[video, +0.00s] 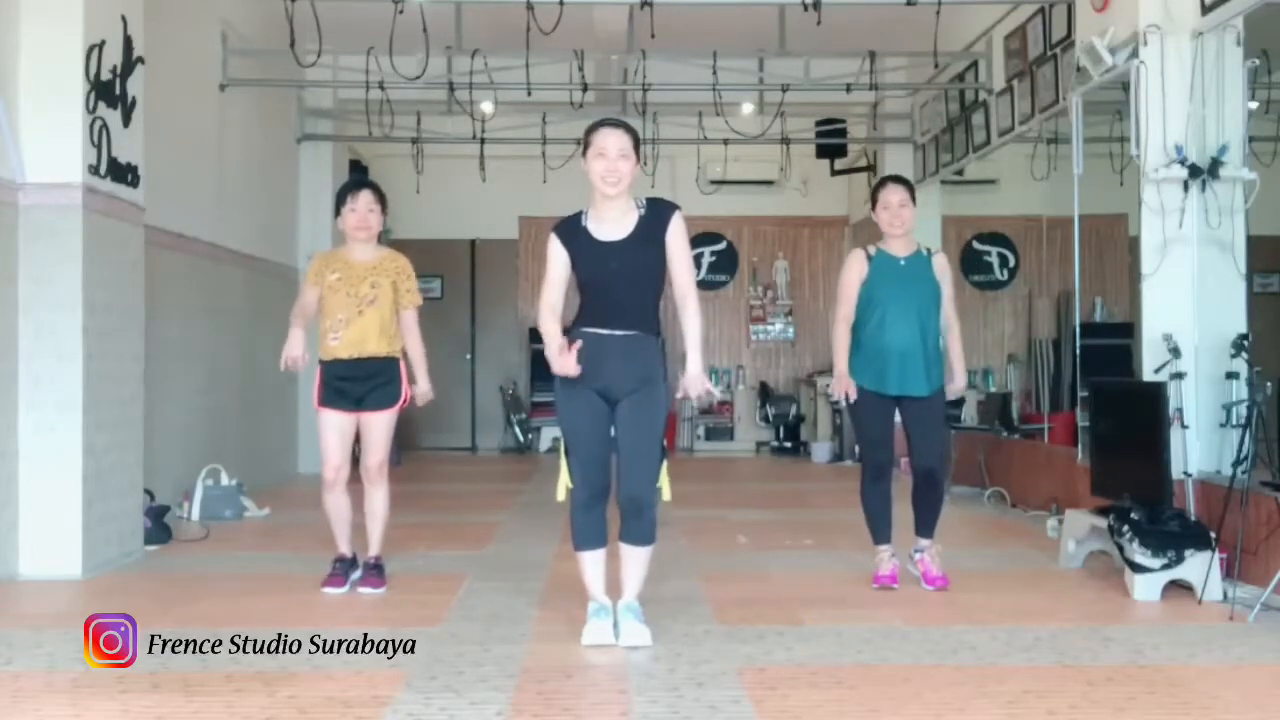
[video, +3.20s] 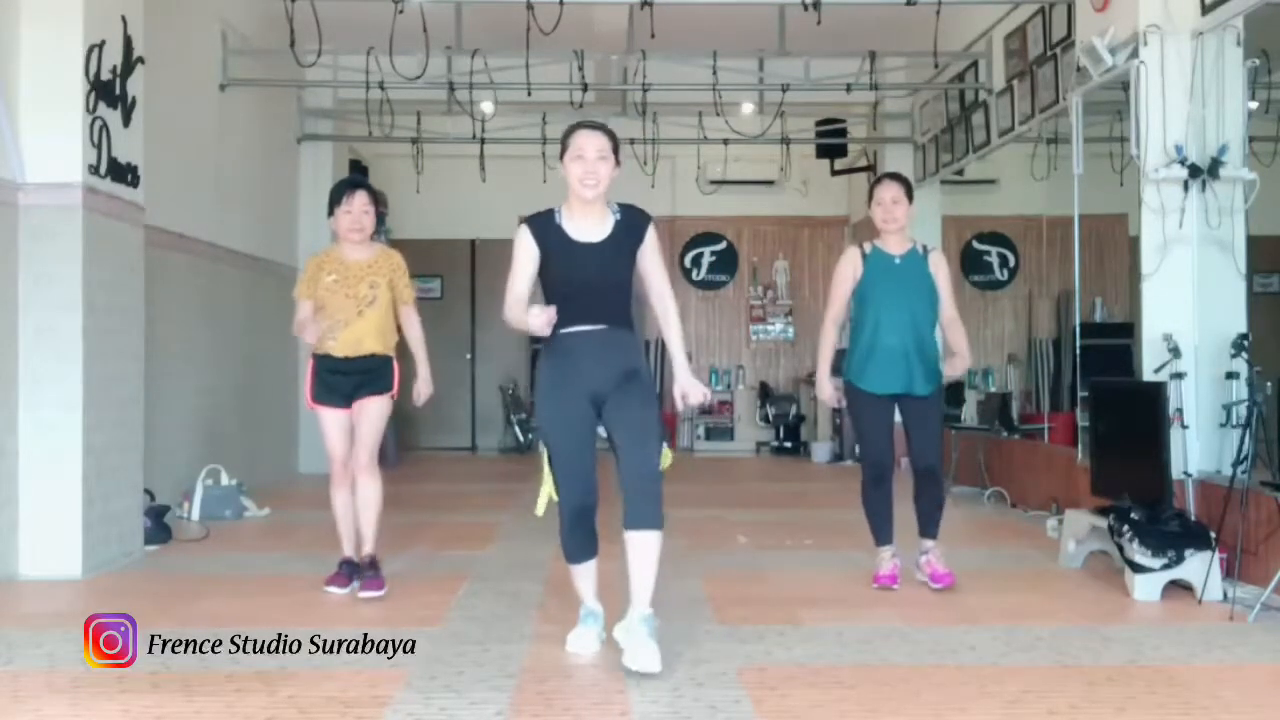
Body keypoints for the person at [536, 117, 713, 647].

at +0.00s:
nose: (612, 165)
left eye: (622, 155)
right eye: (601, 155)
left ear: (638, 164)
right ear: (585, 163)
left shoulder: (665, 219)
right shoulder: (567, 232)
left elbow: (687, 294)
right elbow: (550, 304)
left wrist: (695, 362)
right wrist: (555, 352)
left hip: (643, 366)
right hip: (580, 365)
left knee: (638, 490)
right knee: (587, 489)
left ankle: (630, 605)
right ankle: (597, 604)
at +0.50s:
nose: (624, 168)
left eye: (633, 158)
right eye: (613, 158)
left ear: (648, 167)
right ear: (595, 165)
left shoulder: (672, 228)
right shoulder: (570, 229)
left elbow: (703, 291)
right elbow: (542, 305)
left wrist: (681, 287)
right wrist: (518, 374)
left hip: (655, 367)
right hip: (592, 369)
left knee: (648, 488)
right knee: (599, 491)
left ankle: (633, 605)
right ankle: (599, 602)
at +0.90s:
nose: (608, 172)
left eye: (619, 162)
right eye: (598, 161)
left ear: (637, 170)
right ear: (581, 168)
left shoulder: (658, 223)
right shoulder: (556, 229)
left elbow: (684, 285)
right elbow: (516, 294)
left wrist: (701, 341)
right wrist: (480, 357)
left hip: (636, 369)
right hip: (572, 370)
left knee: (640, 494)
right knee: (578, 496)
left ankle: (631, 605)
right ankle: (589, 611)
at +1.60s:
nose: (594, 176)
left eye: (604, 168)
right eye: (583, 168)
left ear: (620, 178)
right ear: (566, 178)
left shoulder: (641, 235)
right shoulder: (540, 242)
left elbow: (660, 292)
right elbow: (509, 320)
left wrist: (666, 354)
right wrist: (540, 298)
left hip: (624, 375)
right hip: (559, 378)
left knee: (637, 475)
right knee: (571, 503)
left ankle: (628, 607)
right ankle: (589, 613)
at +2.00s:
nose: (589, 180)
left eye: (599, 171)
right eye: (579, 171)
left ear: (615, 183)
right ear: (561, 181)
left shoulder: (640, 243)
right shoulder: (538, 249)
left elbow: (655, 316)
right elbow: (522, 326)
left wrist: (668, 378)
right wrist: (530, 381)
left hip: (625, 385)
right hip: (558, 387)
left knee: (645, 475)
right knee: (566, 503)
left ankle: (639, 595)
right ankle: (590, 611)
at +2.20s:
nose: (592, 163)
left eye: (603, 154)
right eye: (580, 153)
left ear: (618, 164)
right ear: (564, 162)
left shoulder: (641, 220)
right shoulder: (538, 227)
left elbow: (671, 290)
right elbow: (514, 307)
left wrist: (662, 311)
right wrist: (504, 381)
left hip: (626, 366)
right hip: (562, 368)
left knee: (651, 489)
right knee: (575, 494)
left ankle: (636, 565)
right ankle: (588, 609)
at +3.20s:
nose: (590, 168)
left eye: (601, 158)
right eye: (579, 158)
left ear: (616, 167)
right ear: (561, 165)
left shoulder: (637, 226)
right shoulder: (535, 230)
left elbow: (663, 300)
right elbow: (512, 307)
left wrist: (683, 371)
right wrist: (529, 319)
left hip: (626, 368)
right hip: (561, 369)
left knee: (644, 481)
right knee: (575, 498)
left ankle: (639, 618)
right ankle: (590, 612)